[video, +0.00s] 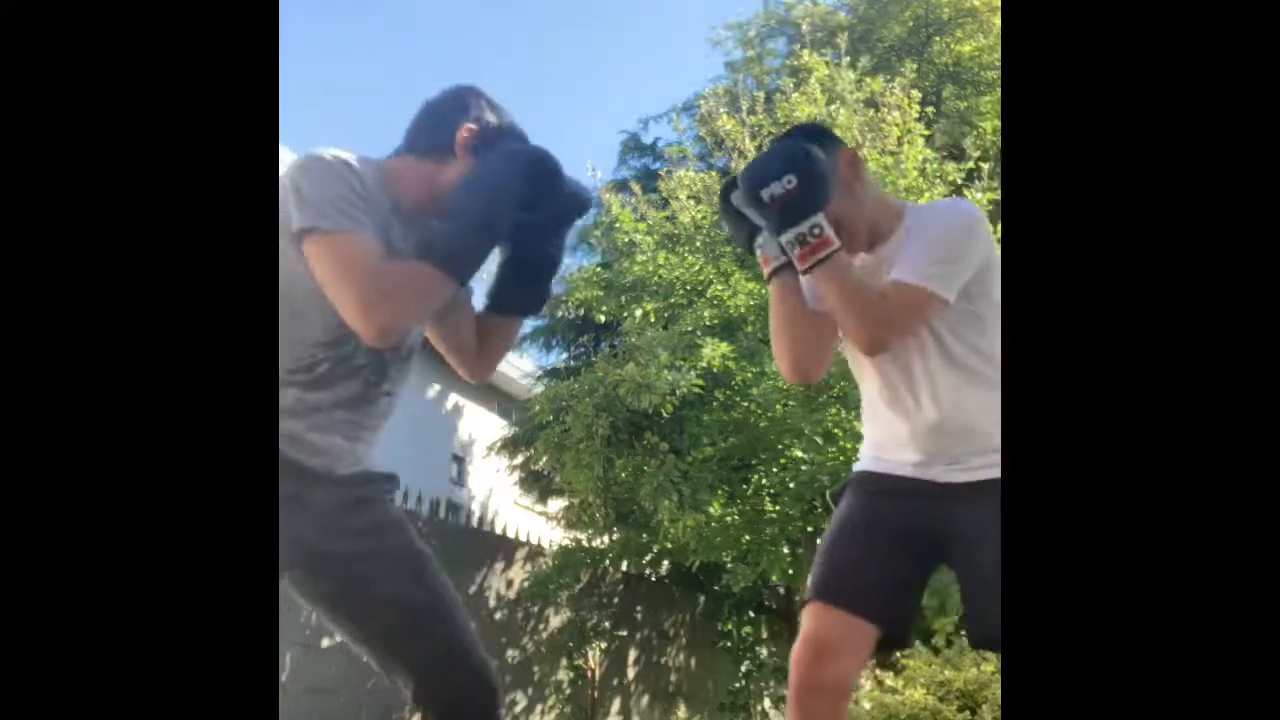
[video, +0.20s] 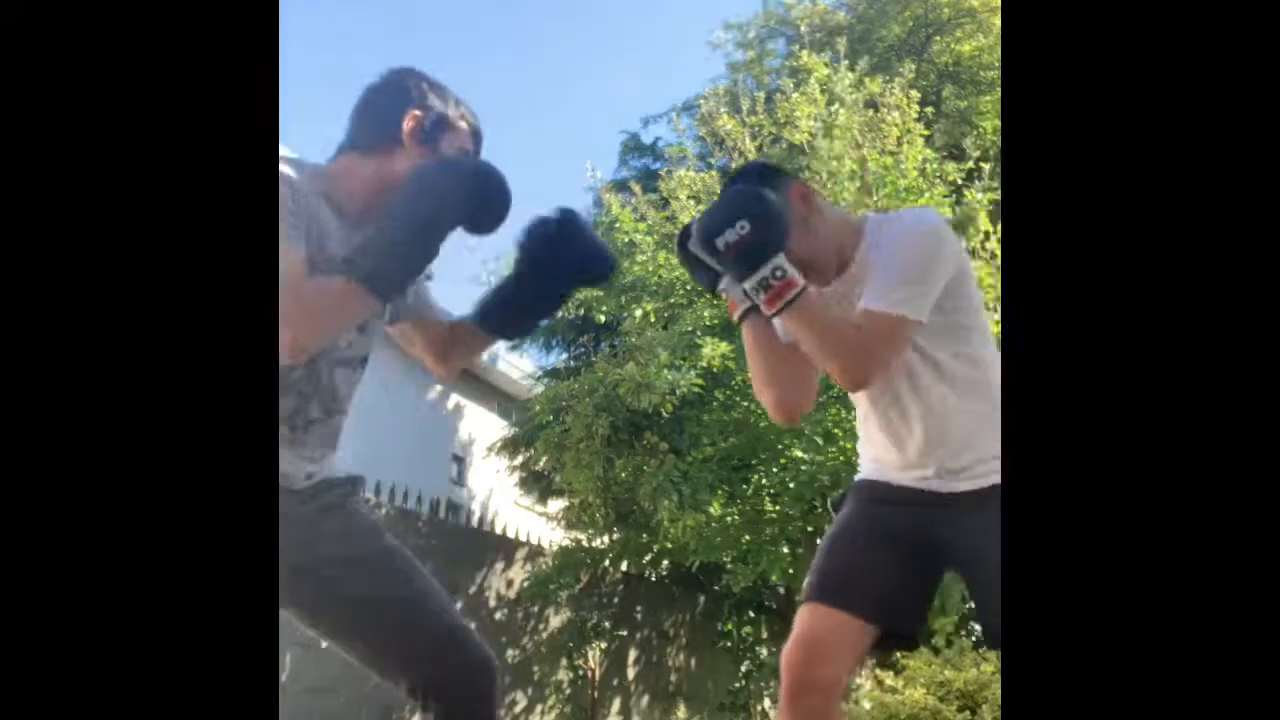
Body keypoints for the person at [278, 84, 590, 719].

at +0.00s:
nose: (503, 175)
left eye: (510, 164)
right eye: (502, 157)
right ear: (467, 137)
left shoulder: (429, 244)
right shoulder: (321, 179)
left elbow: (476, 360)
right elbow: (378, 317)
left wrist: (538, 242)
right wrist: (486, 207)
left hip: (339, 486)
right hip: (287, 469)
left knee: (464, 688)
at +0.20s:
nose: (453, 183)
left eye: (463, 169)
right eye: (454, 159)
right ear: (411, 129)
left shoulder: (384, 246)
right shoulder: (286, 192)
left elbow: (443, 352)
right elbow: (291, 332)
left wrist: (526, 293)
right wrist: (410, 233)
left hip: (304, 493)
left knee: (462, 674)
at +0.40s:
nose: (512, 233)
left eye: (515, 215)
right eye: (511, 206)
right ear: (472, 178)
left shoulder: (431, 300)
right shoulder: (356, 203)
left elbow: (502, 394)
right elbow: (287, 271)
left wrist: (602, 350)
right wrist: (409, 277)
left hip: (309, 497)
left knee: (462, 673)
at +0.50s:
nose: (543, 271)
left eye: (552, 263)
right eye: (545, 250)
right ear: (512, 216)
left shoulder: (439, 325)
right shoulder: (420, 237)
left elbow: (443, 460)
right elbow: (431, 172)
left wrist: (551, 411)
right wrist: (564, 212)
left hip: (334, 505)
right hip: (288, 475)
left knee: (467, 674)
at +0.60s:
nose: (584, 289)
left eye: (589, 276)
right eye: (583, 267)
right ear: (550, 244)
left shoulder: (475, 344)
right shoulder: (489, 244)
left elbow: (437, 483)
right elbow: (596, 158)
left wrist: (553, 440)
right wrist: (705, 189)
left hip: (361, 507)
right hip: (306, 455)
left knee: (484, 676)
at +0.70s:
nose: (621, 292)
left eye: (625, 285)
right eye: (618, 270)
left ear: (596, 304)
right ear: (582, 252)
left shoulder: (520, 366)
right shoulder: (519, 256)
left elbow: (490, 485)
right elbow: (653, 216)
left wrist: (615, 422)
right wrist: (794, 196)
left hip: (418, 516)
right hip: (345, 466)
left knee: (525, 689)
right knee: (270, 643)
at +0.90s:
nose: (675, 280)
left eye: (680, 271)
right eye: (669, 260)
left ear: (635, 263)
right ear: (625, 242)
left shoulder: (610, 360)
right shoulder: (548, 239)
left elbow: (701, 388)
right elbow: (548, 128)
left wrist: (781, 300)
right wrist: (671, 149)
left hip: (478, 498)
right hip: (398, 445)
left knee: (563, 688)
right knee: (329, 674)